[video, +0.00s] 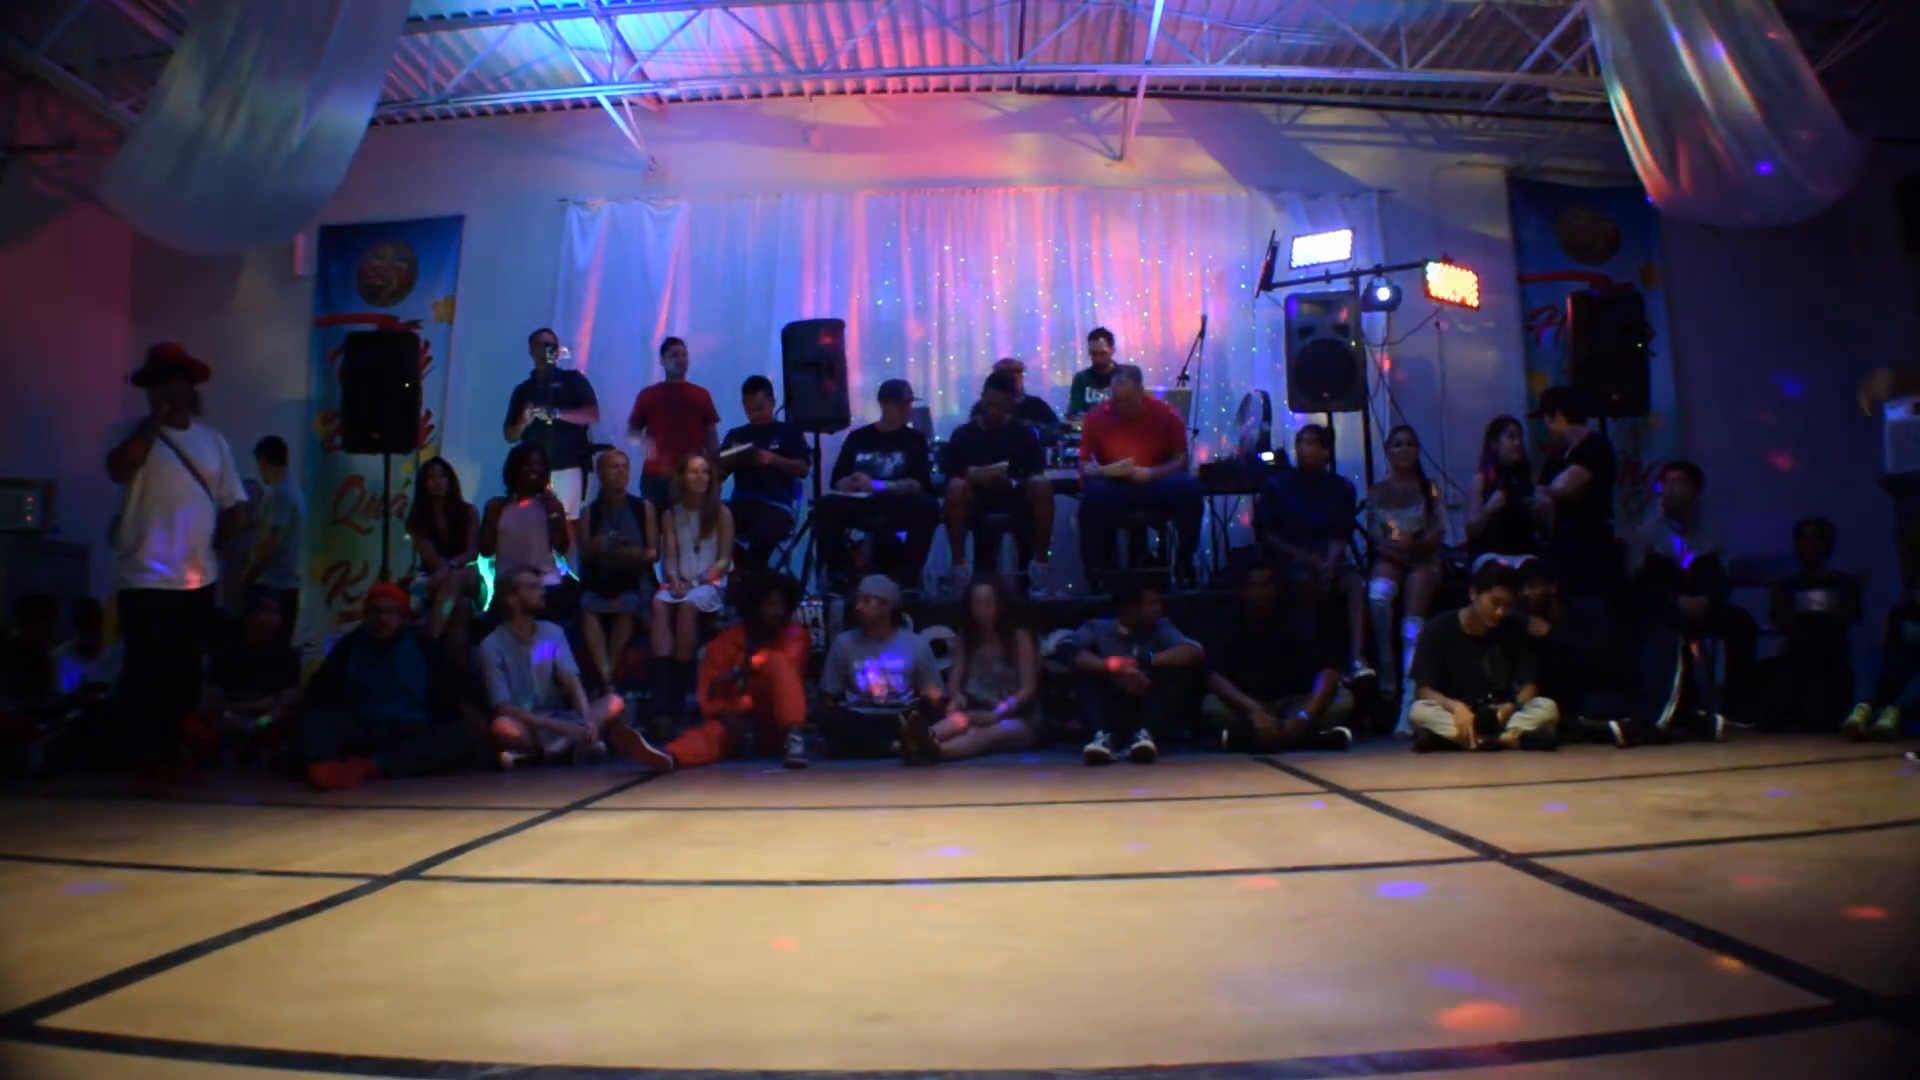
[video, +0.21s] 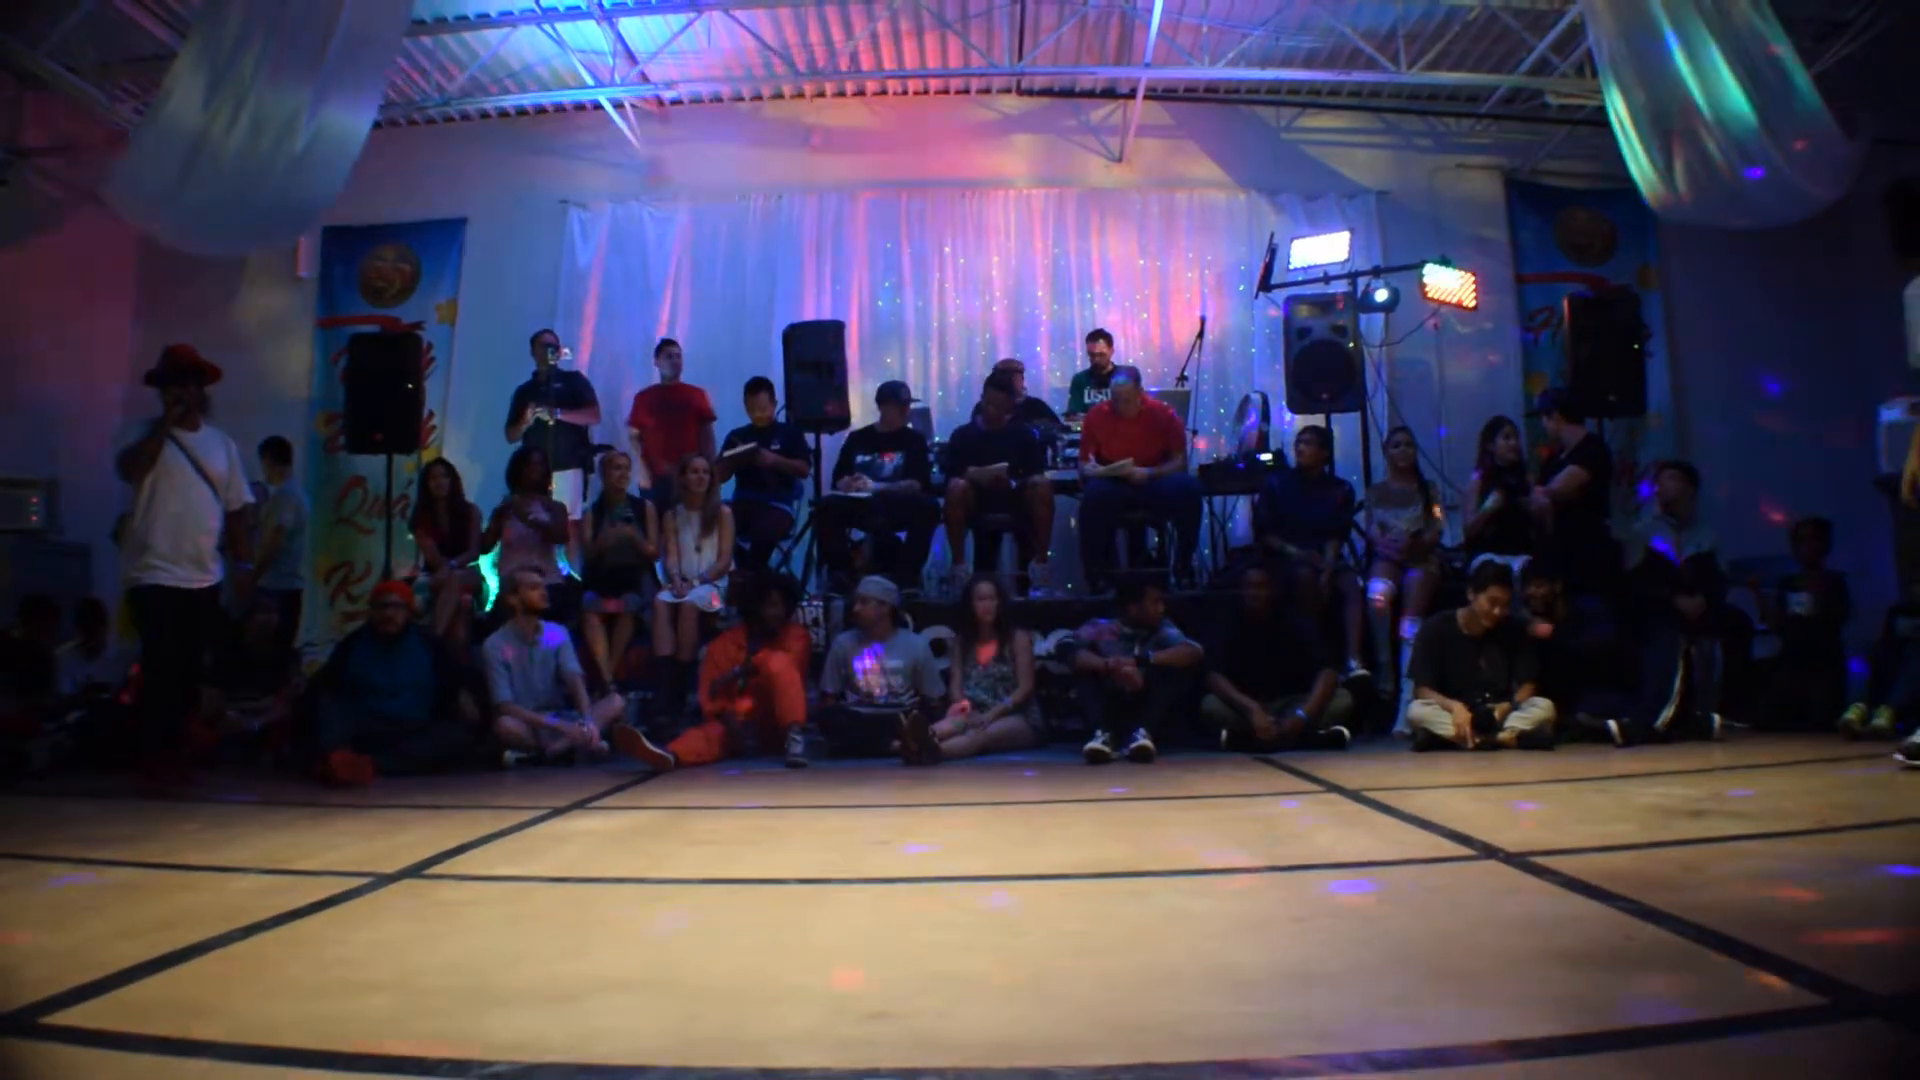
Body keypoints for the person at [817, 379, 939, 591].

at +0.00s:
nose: (909, 408)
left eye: (910, 403)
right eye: (904, 403)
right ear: (886, 405)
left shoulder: (915, 440)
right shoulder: (857, 438)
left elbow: (919, 484)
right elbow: (836, 482)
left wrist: (875, 485)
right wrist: (851, 483)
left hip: (898, 503)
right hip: (860, 503)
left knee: (927, 508)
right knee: (825, 507)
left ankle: (910, 579)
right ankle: (839, 576)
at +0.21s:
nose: (907, 410)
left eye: (908, 404)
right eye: (902, 404)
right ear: (883, 406)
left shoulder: (915, 439)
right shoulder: (858, 438)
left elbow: (919, 484)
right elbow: (838, 480)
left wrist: (875, 486)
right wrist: (848, 485)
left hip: (897, 502)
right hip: (860, 503)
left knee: (928, 509)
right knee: (826, 508)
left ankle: (907, 579)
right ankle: (840, 577)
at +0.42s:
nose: (903, 409)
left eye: (903, 403)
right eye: (896, 404)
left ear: (905, 404)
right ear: (879, 406)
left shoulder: (914, 439)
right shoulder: (856, 438)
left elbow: (919, 483)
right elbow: (837, 481)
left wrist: (876, 486)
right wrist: (847, 485)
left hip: (897, 503)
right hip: (859, 503)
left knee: (927, 508)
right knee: (827, 506)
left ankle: (907, 579)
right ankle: (838, 576)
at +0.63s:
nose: (896, 408)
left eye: (899, 402)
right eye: (889, 403)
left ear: (903, 403)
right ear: (875, 405)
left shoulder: (913, 439)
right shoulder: (856, 439)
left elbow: (919, 484)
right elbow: (837, 482)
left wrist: (876, 486)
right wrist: (848, 485)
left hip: (897, 502)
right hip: (859, 502)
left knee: (927, 508)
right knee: (826, 508)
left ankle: (907, 580)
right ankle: (839, 577)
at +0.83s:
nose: (897, 406)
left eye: (900, 400)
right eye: (890, 401)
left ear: (903, 402)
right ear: (875, 404)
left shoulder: (913, 439)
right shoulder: (856, 438)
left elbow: (918, 483)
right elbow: (837, 480)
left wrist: (876, 485)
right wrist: (845, 483)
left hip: (896, 502)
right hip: (859, 502)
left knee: (927, 508)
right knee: (827, 506)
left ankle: (907, 580)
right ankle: (839, 576)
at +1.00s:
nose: (898, 405)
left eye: (900, 399)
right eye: (891, 400)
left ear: (903, 401)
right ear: (876, 403)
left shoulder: (913, 439)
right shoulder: (856, 439)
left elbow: (921, 483)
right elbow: (838, 480)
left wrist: (881, 484)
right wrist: (843, 483)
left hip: (899, 502)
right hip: (861, 502)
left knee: (927, 508)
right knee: (827, 506)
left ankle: (909, 578)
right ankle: (839, 576)